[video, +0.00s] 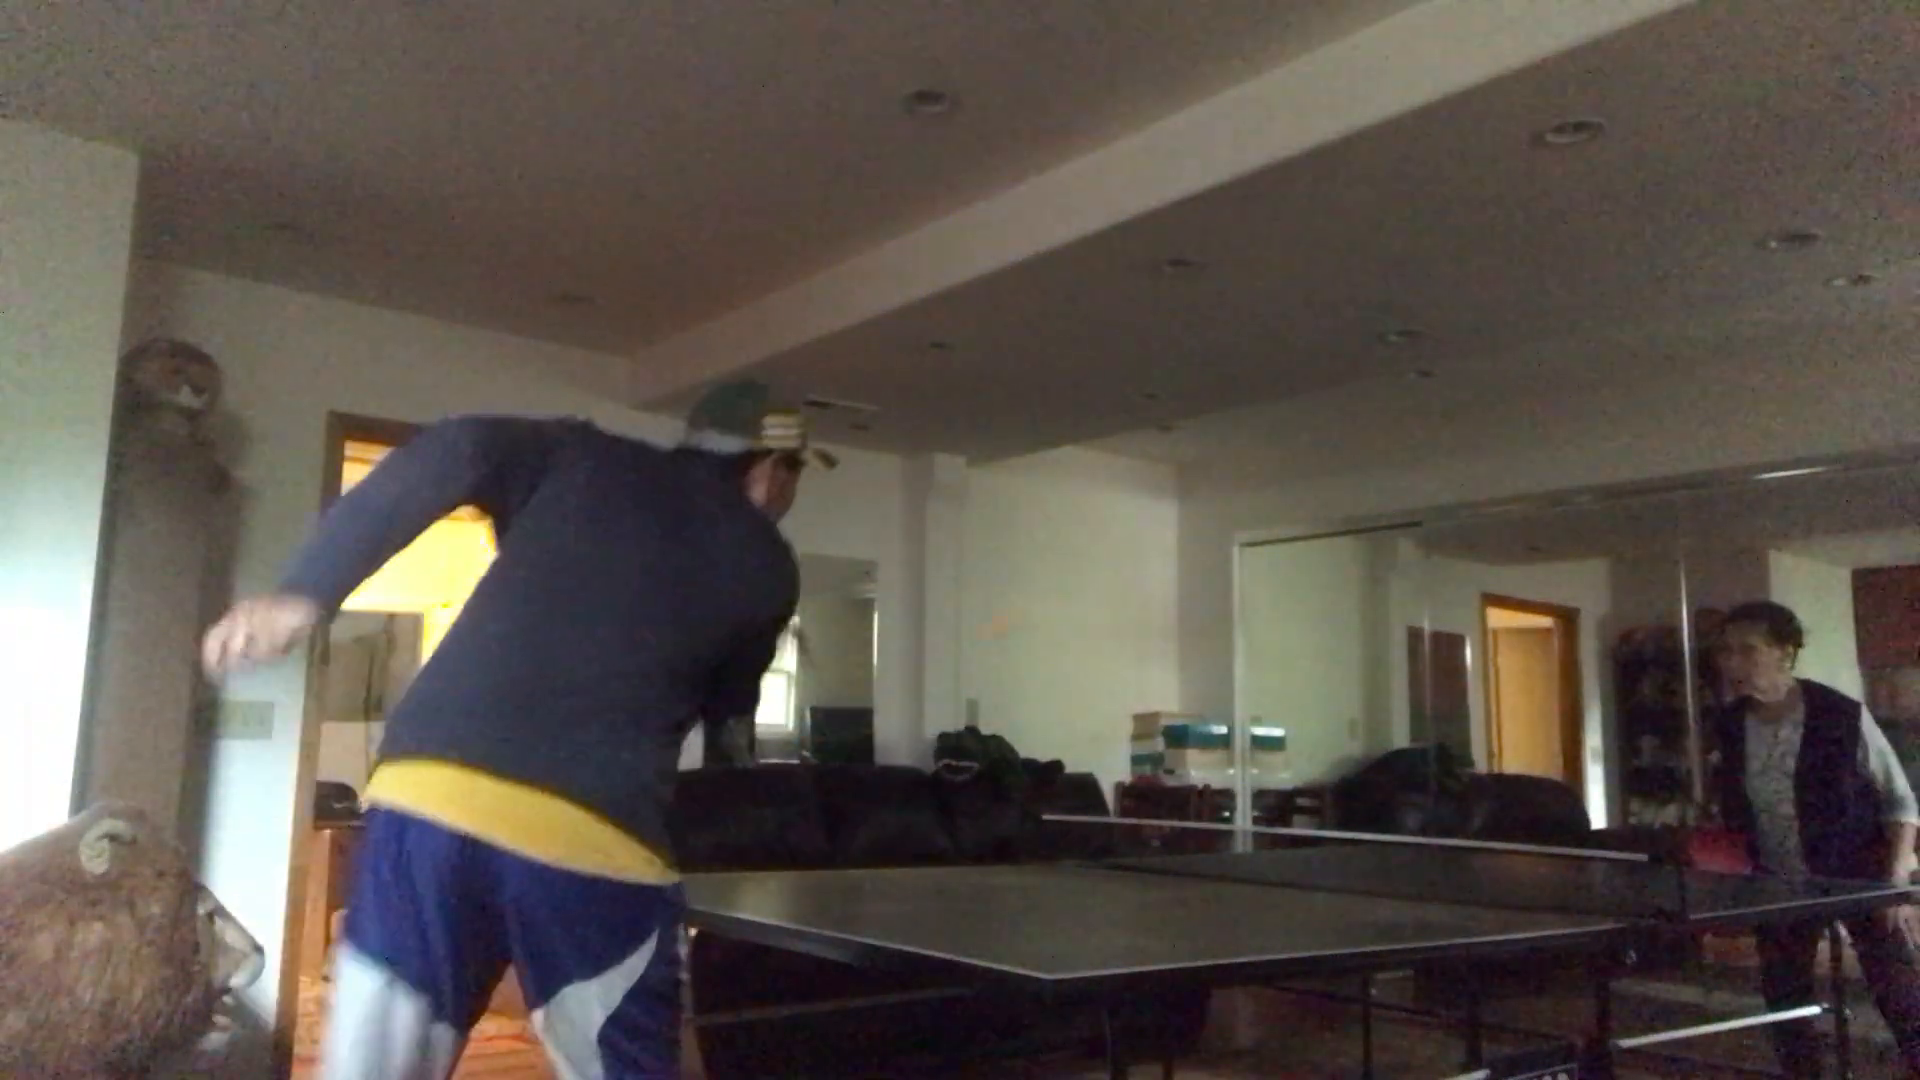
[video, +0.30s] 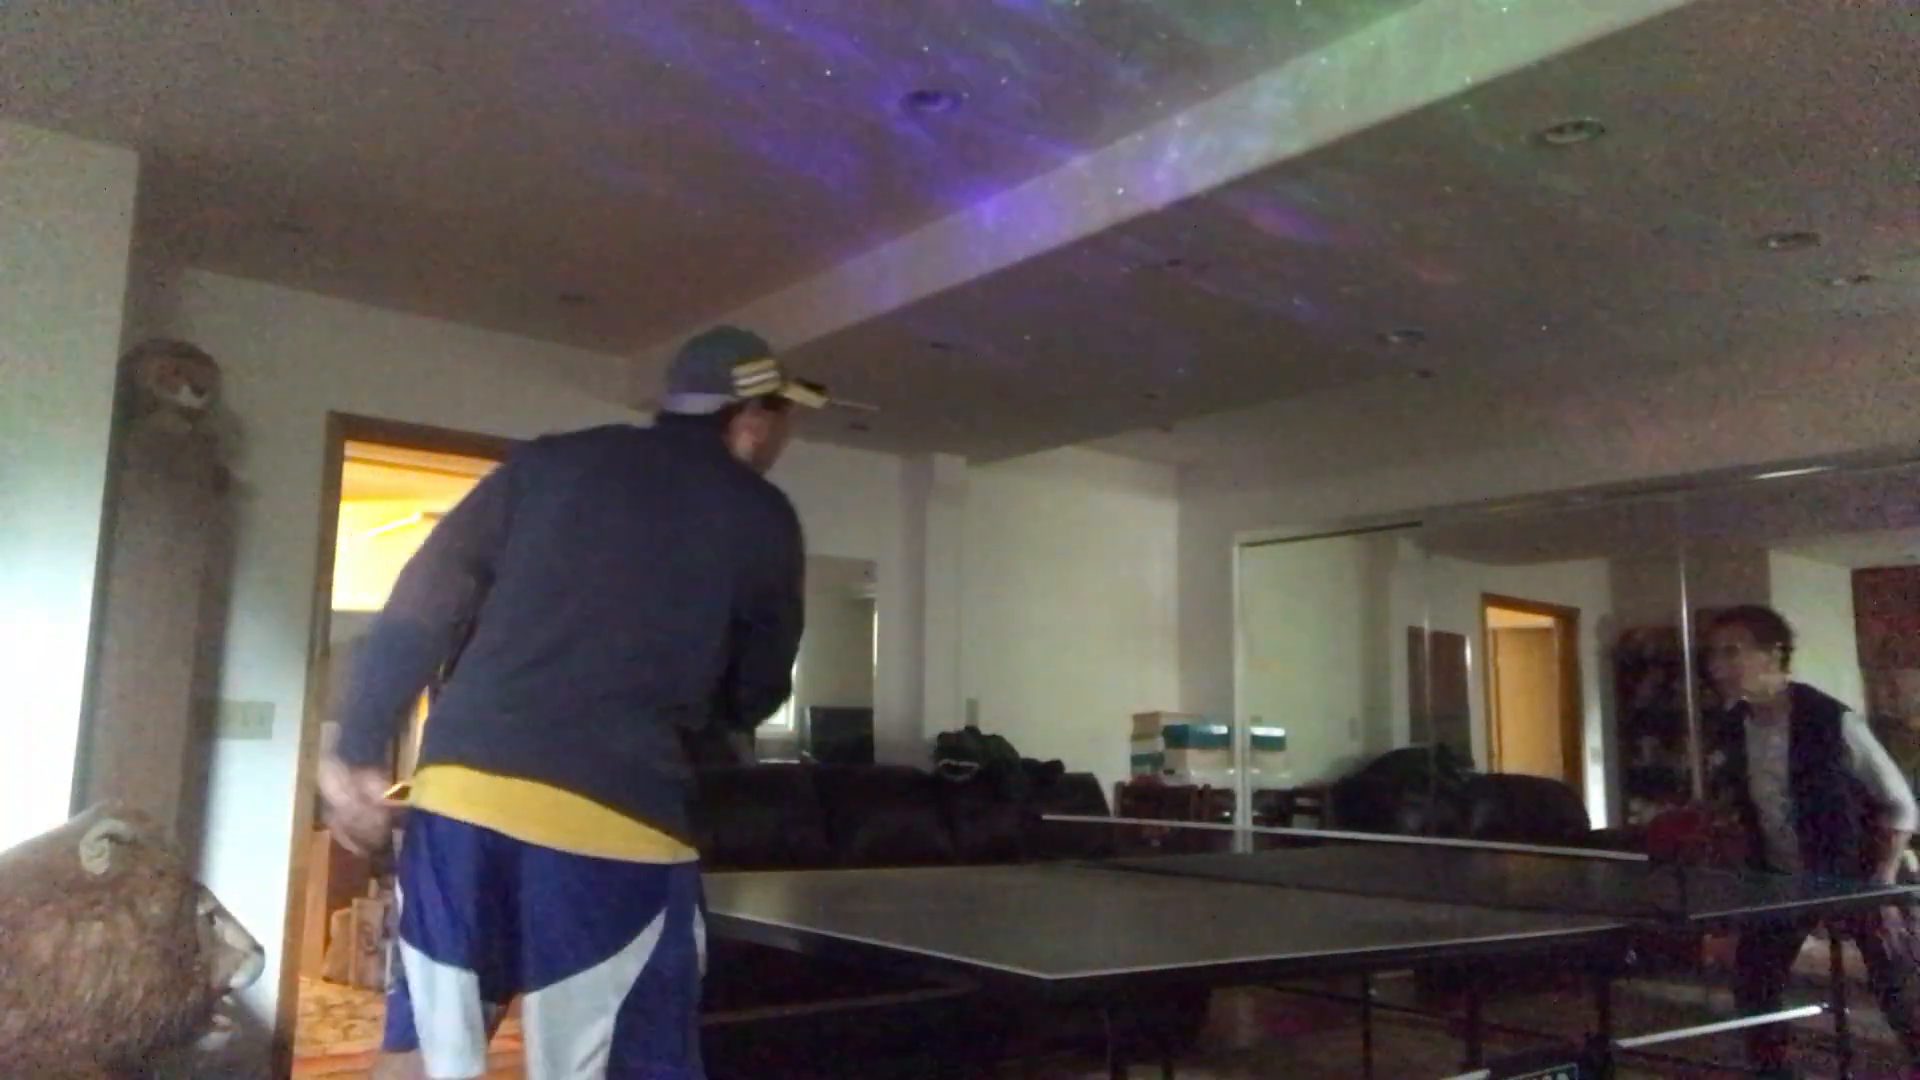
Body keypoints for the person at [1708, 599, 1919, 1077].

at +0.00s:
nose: (1733, 663)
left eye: (1745, 649)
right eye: (1728, 651)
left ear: (1784, 653)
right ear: (1722, 660)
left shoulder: (1842, 715)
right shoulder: (1729, 726)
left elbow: (1901, 802)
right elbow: (1728, 814)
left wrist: (1899, 885)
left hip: (1855, 877)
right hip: (1777, 884)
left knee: (1901, 995)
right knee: (1784, 1006)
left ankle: (1916, 1061)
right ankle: (1802, 1072)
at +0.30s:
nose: (1719, 666)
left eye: (1732, 651)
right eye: (1715, 654)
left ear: (1774, 656)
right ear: (1711, 664)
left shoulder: (1830, 719)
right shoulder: (1730, 727)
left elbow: (1900, 806)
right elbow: (1729, 806)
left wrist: (1880, 888)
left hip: (1849, 875)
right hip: (1778, 877)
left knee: (1896, 984)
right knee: (1753, 977)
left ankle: (1915, 1060)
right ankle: (1769, 1070)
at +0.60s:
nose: (1666, 675)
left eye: (1674, 660)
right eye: (1662, 663)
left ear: (1710, 653)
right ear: (1707, 657)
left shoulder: (1778, 716)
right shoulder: (1703, 721)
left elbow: (1833, 811)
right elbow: (1713, 809)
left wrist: (1805, 893)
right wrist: (1728, 882)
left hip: (1802, 875)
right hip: (1744, 878)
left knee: (1854, 992)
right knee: (1739, 987)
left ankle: (1903, 1067)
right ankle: (1753, 1068)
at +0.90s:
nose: (1675, 653)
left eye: (1684, 640)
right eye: (1675, 642)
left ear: (1722, 644)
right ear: (1714, 647)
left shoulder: (1788, 711)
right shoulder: (1694, 711)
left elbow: (1839, 803)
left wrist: (1812, 889)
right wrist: (1596, 724)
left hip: (1797, 875)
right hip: (1732, 880)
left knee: (1855, 990)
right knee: (1738, 992)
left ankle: (1902, 1068)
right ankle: (1748, 1070)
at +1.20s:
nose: (1713, 652)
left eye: (1729, 640)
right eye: (1710, 640)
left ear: (1768, 648)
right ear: (1705, 647)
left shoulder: (1811, 717)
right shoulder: (1703, 714)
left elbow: (1854, 814)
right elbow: (1671, 781)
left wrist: (1831, 894)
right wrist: (1651, 790)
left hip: (1809, 870)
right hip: (1736, 874)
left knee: (1860, 981)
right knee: (1743, 991)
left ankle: (1901, 1063)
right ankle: (1751, 1072)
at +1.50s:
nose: (1717, 666)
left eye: (1732, 653)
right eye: (1711, 654)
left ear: (1770, 659)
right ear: (1703, 661)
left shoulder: (1814, 720)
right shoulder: (1706, 725)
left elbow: (1868, 812)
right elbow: (1697, 811)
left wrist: (1846, 895)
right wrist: (1709, 881)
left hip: (1824, 875)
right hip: (1754, 880)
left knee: (1868, 954)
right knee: (1744, 960)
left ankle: (1905, 1052)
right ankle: (1748, 1061)